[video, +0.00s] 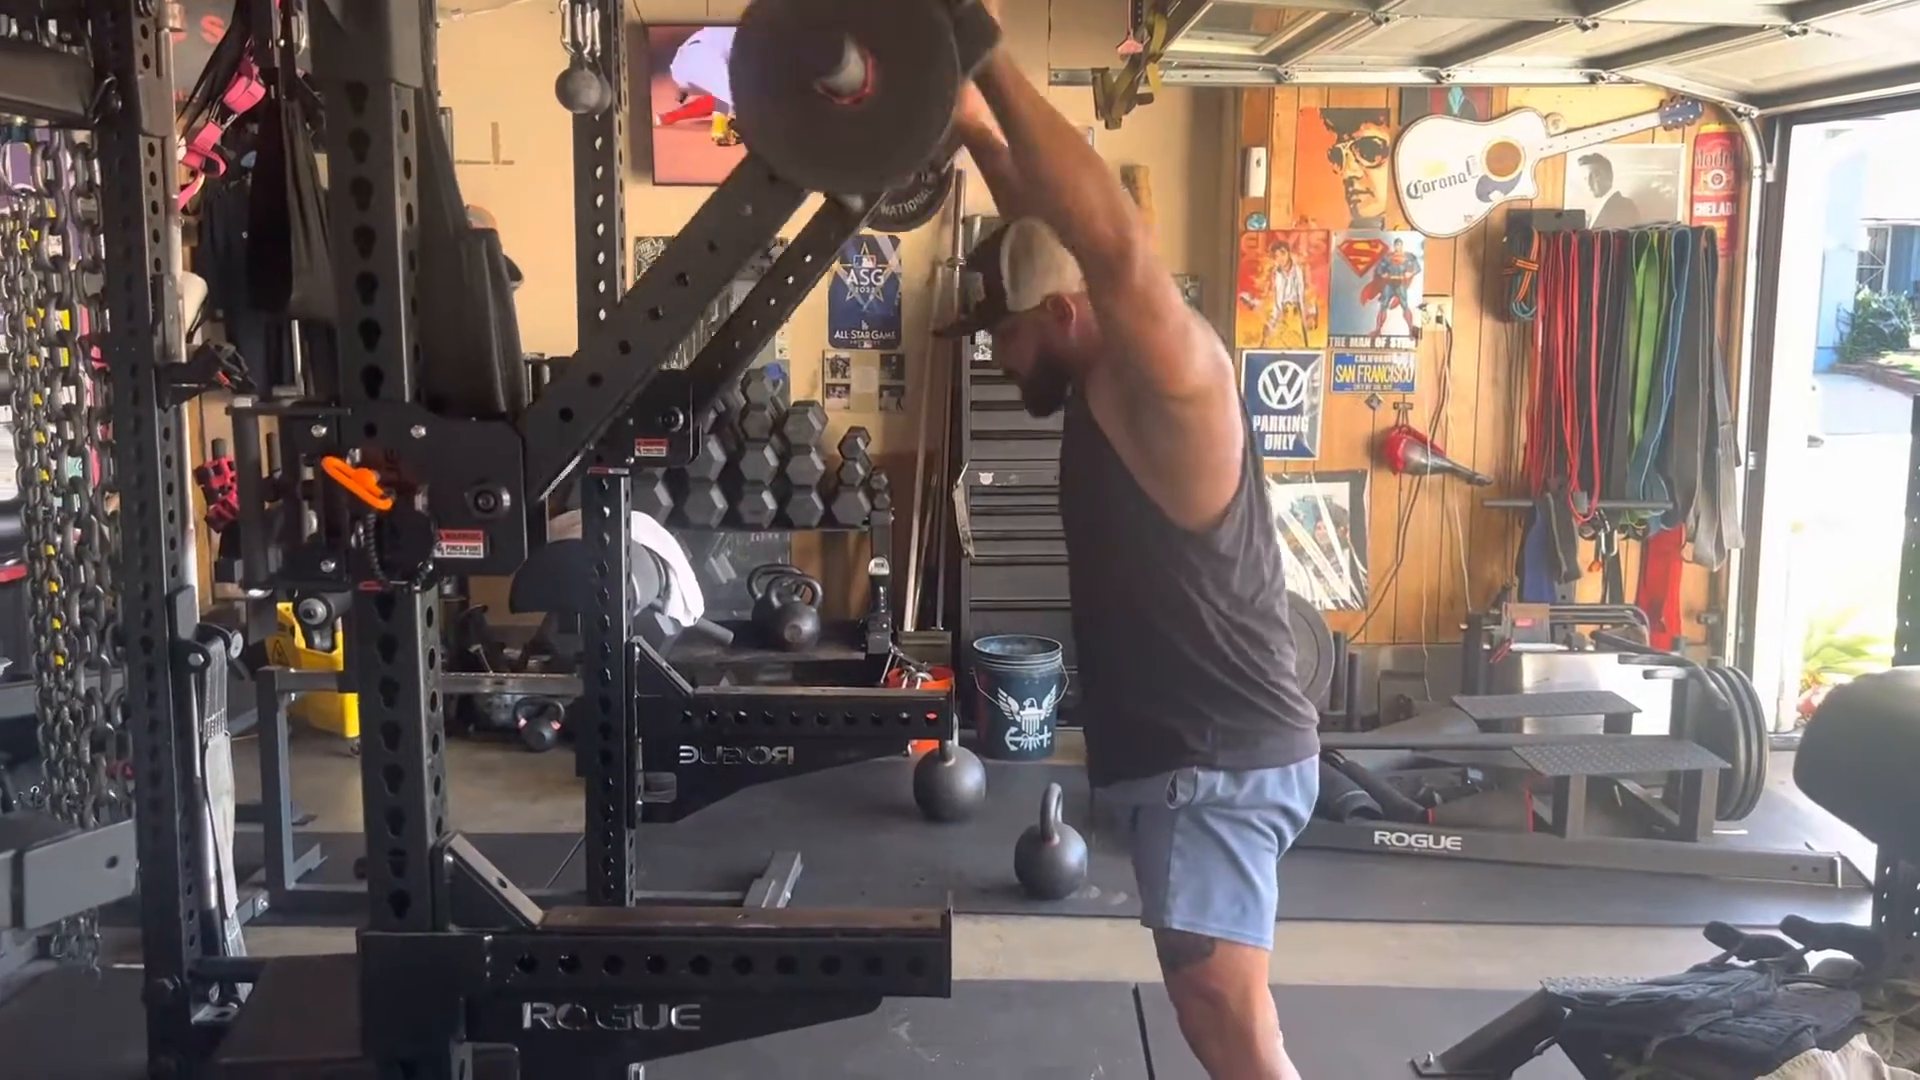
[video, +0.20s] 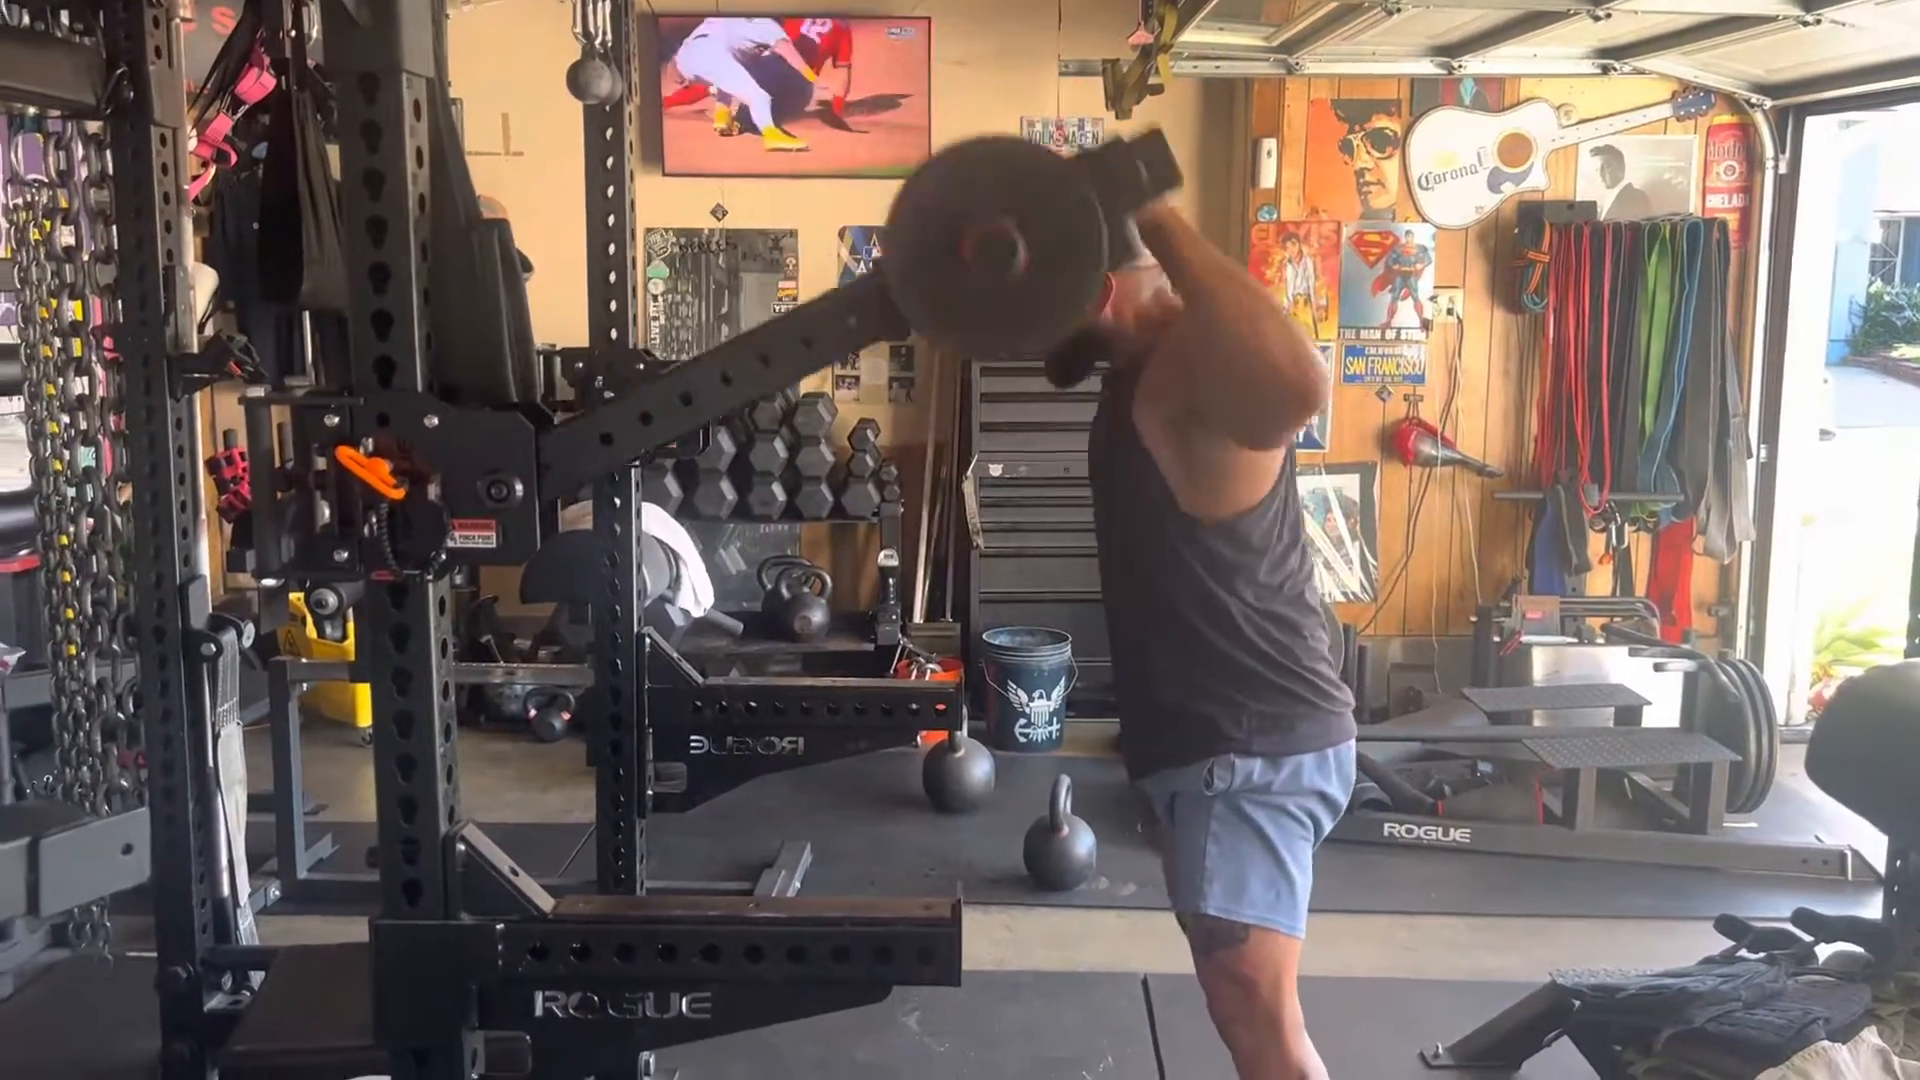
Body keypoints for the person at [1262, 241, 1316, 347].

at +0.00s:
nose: (1280, 259)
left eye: (1283, 254)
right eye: (1276, 256)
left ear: (1288, 253)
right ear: (1274, 258)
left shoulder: (1299, 270)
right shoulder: (1275, 273)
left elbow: (1308, 291)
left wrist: (1311, 313)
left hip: (1297, 309)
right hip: (1281, 310)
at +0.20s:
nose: (1291, 251)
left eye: (1293, 246)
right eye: (1287, 248)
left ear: (1299, 245)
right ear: (1285, 250)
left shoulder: (1309, 261)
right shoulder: (1286, 264)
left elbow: (1313, 282)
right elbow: (1286, 284)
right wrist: (1287, 304)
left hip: (1306, 298)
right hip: (1293, 299)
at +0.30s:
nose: (1297, 246)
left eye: (1299, 241)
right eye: (1293, 243)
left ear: (1305, 240)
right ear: (1291, 245)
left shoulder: (1316, 256)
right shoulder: (1292, 259)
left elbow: (1324, 277)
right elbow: (1290, 280)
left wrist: (1328, 300)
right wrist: (1291, 300)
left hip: (1314, 296)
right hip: (1298, 297)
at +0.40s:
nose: (1304, 240)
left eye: (1306, 235)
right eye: (1300, 237)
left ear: (1312, 235)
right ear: (1298, 239)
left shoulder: (1322, 250)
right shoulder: (1299, 253)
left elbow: (1325, 269)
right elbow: (1300, 271)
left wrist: (1326, 286)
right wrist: (1301, 286)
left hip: (1319, 287)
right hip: (1305, 287)